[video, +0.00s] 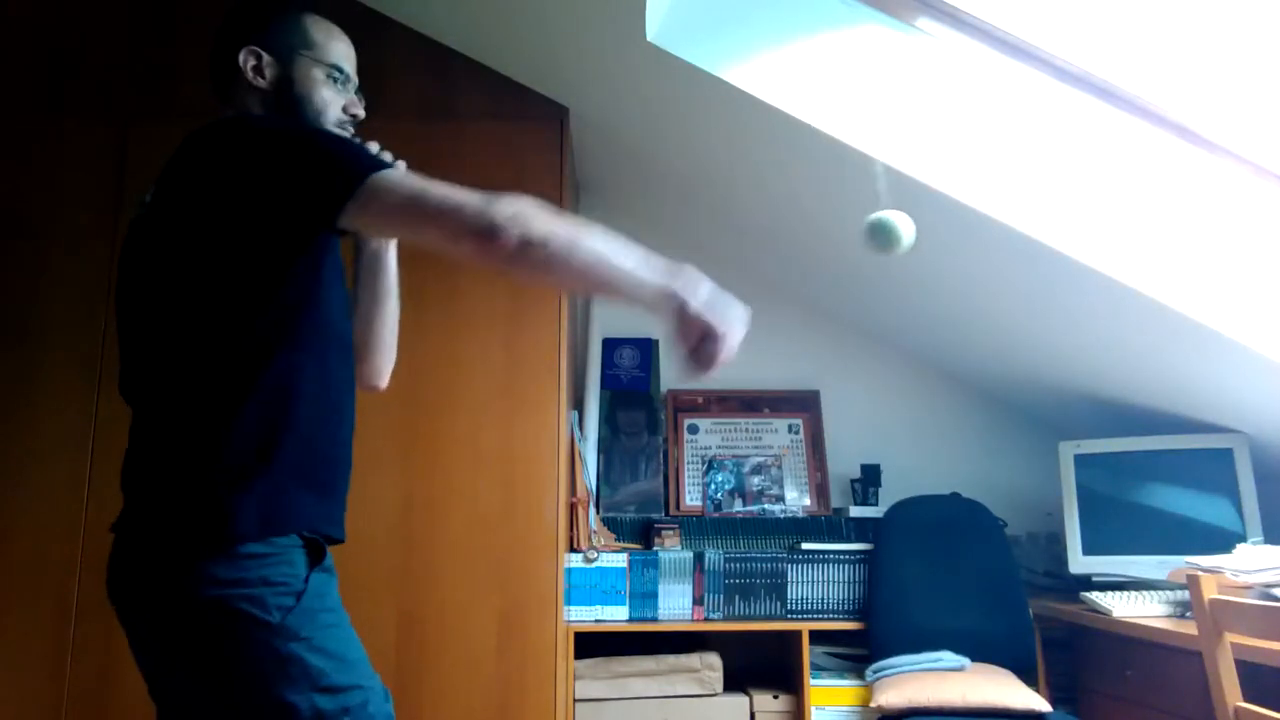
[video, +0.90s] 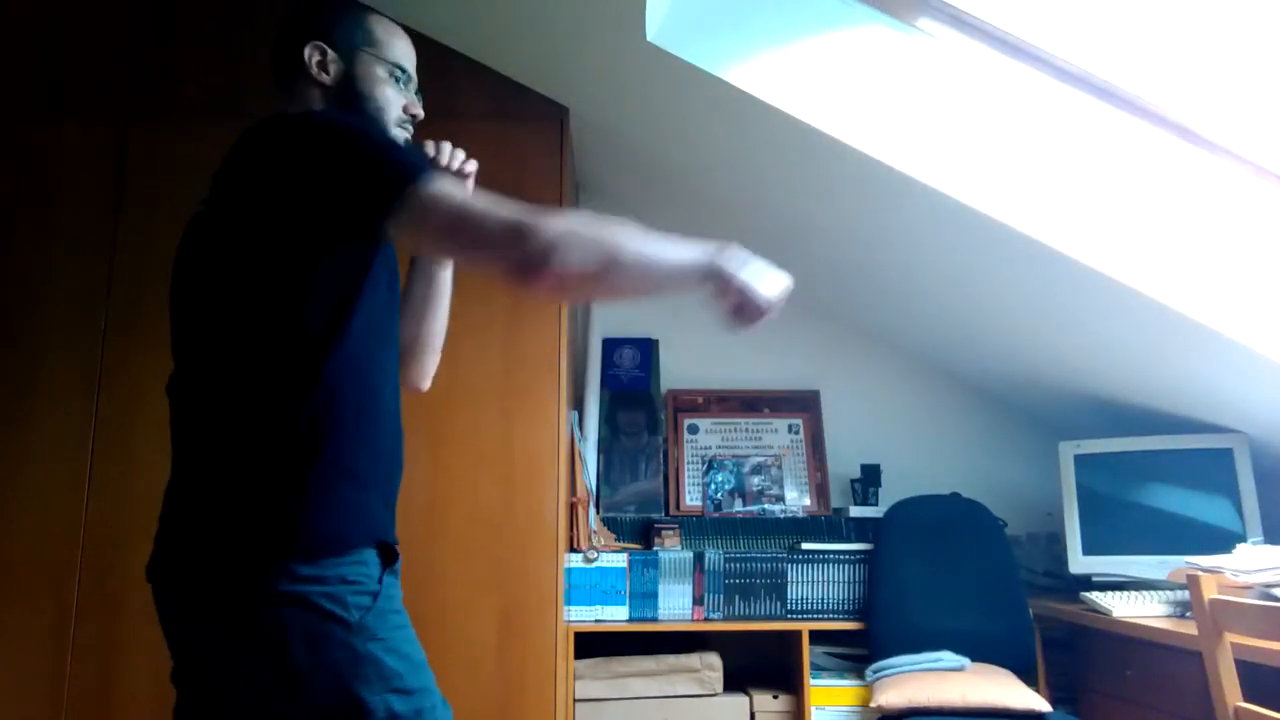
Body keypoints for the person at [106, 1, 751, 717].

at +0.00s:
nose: (356, 103)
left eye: (356, 85)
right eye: (335, 75)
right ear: (257, 69)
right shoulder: (250, 156)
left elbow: (370, 366)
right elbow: (500, 229)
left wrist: (373, 207)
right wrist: (674, 285)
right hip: (231, 564)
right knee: (358, 705)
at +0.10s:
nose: (350, 102)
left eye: (347, 84)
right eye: (326, 73)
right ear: (249, 69)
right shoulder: (248, 154)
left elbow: (367, 371)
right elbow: (418, 280)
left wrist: (376, 240)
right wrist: (579, 335)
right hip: (250, 572)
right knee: (349, 706)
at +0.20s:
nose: (355, 96)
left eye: (351, 80)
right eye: (328, 69)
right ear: (250, 71)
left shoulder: (246, 183)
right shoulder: (230, 168)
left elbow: (375, 388)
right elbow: (297, 361)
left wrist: (383, 261)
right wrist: (467, 335)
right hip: (241, 577)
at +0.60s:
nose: (398, 96)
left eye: (398, 80)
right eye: (374, 68)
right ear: (295, 62)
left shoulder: (302, 188)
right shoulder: (255, 167)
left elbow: (421, 378)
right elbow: (295, 365)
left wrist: (443, 262)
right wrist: (441, 257)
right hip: (286, 573)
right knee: (396, 708)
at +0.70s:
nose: (408, 92)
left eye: (406, 76)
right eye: (386, 65)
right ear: (307, 58)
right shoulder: (293, 149)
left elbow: (424, 368)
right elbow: (424, 309)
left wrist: (445, 254)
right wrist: (580, 216)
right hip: (307, 577)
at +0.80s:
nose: (414, 101)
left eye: (414, 83)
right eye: (396, 71)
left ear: (322, 70)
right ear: (319, 60)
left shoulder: (300, 186)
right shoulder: (303, 146)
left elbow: (420, 361)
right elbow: (546, 224)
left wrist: (448, 209)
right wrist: (727, 213)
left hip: (318, 564)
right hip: (284, 568)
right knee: (407, 708)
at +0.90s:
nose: (415, 107)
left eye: (414, 87)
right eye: (398, 77)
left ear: (322, 75)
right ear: (324, 66)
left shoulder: (290, 183)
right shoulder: (316, 150)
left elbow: (414, 367)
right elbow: (539, 249)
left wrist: (437, 214)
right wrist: (717, 261)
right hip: (306, 579)